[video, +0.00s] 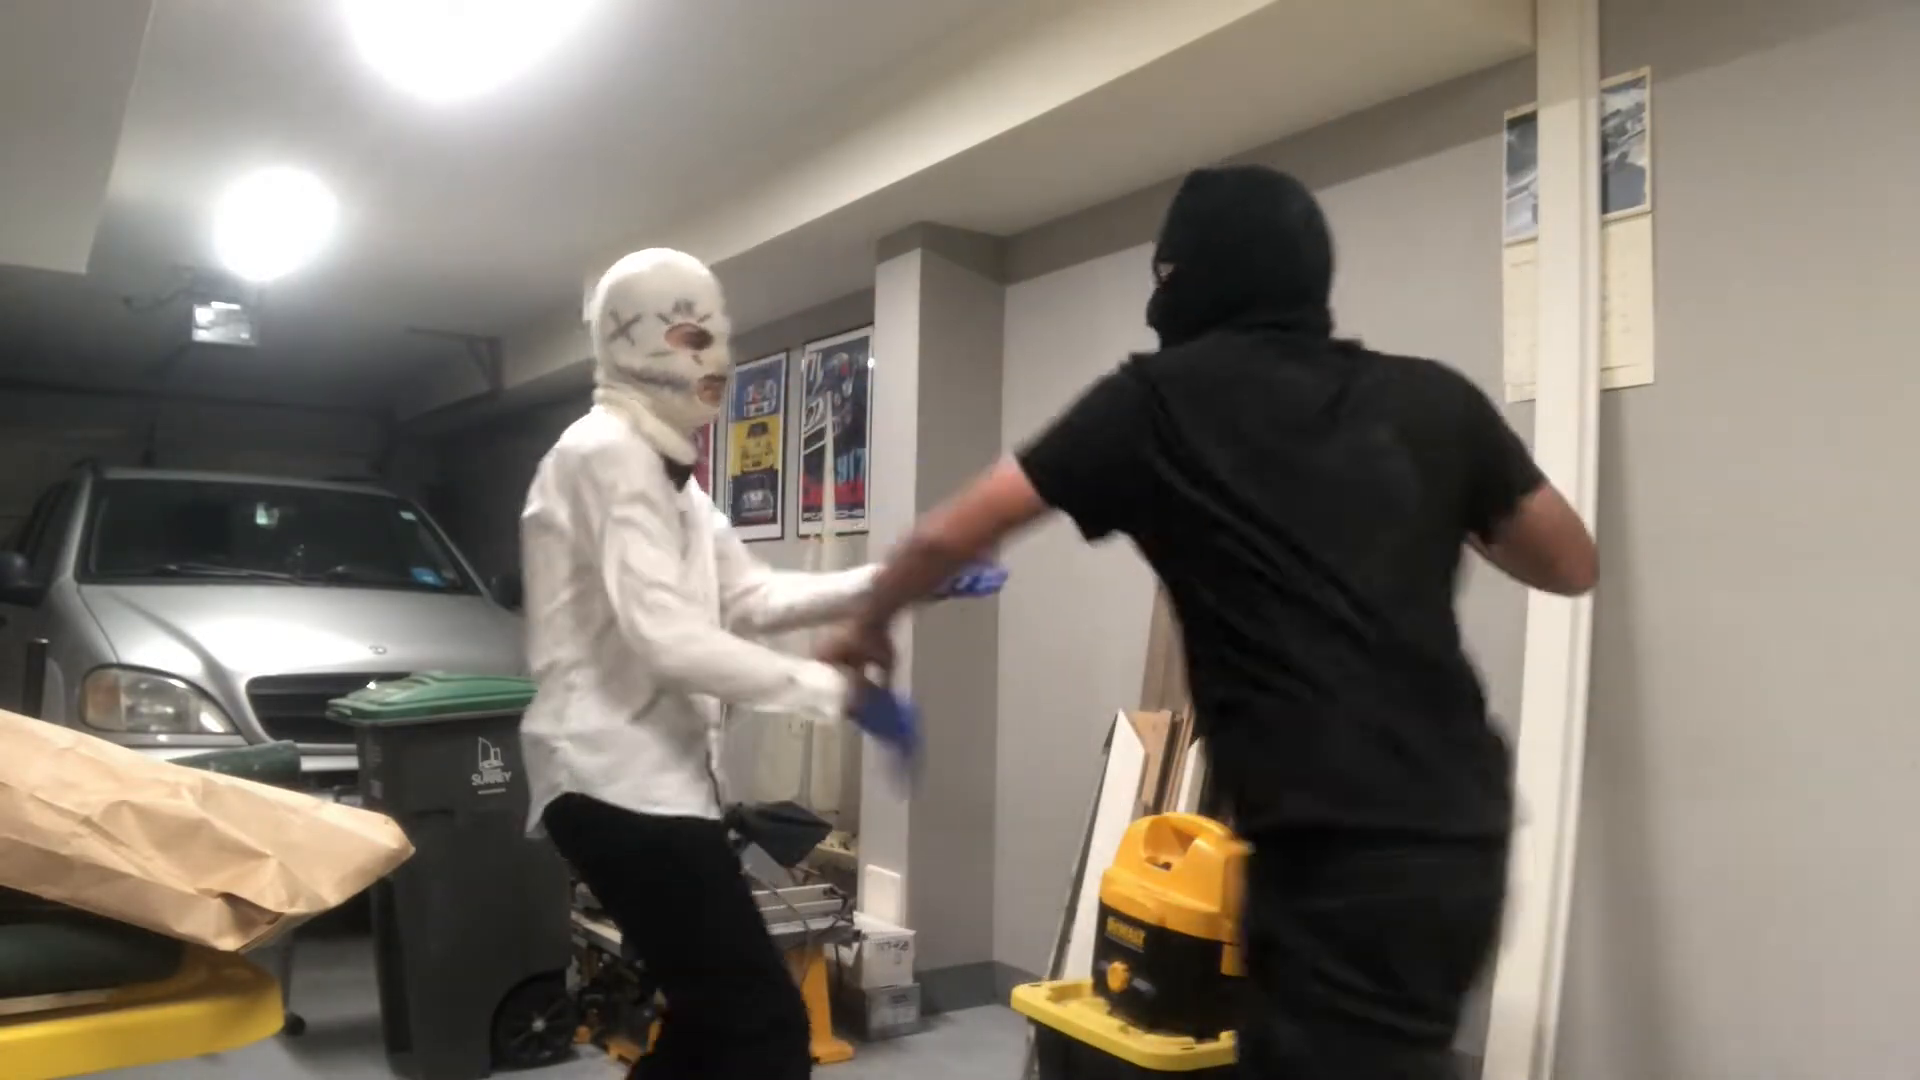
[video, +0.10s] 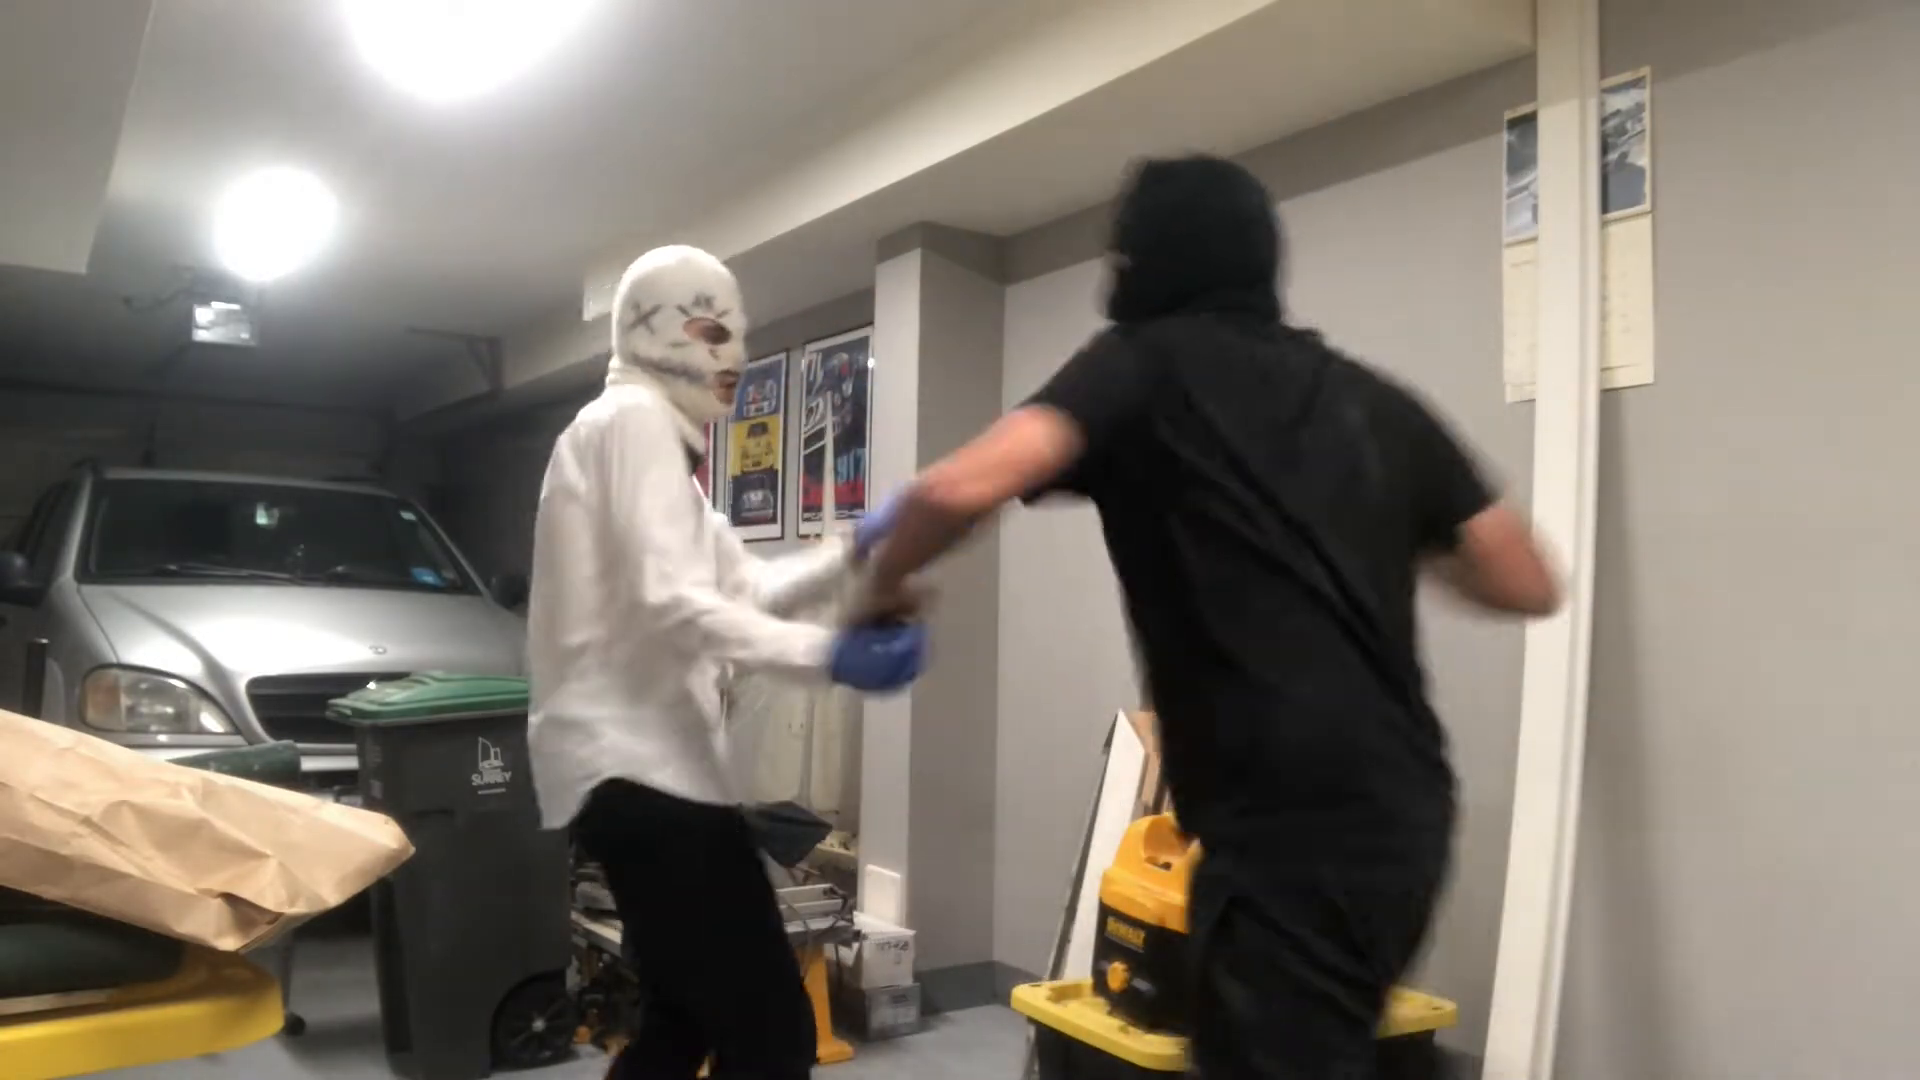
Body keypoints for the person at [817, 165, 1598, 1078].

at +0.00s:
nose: (1157, 288)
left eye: (1164, 268)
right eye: (1163, 267)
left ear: (1186, 276)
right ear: (1313, 275)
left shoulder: (1154, 399)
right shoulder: (1428, 399)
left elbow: (948, 537)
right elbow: (1573, 565)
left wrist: (871, 615)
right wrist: (1460, 492)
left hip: (1317, 839)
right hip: (1459, 830)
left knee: (1330, 1058)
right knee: (1393, 1051)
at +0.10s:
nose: (1115, 277)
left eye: (1124, 256)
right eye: (1122, 256)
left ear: (1146, 263)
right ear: (1262, 262)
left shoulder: (1141, 364)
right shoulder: (1369, 398)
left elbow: (952, 492)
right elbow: (1526, 582)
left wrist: (888, 577)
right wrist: (1395, 535)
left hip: (1274, 833)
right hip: (1400, 825)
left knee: (1268, 1055)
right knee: (1306, 1047)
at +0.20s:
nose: (1051, 262)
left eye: (1063, 235)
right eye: (1055, 236)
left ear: (1107, 241)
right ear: (1188, 235)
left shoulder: (1180, 335)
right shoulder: (1257, 355)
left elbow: (1242, 486)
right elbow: (1392, 585)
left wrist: (1059, 602)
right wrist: (1217, 584)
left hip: (1266, 829)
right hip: (1317, 823)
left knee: (1171, 1054)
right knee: (1182, 1052)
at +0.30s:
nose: (996, 283)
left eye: (1014, 251)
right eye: (1001, 253)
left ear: (1082, 261)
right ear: (1094, 266)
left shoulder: (1258, 375)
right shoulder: (1112, 405)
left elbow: (1462, 553)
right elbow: (1121, 574)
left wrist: (1221, 700)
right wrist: (931, 528)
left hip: (1265, 850)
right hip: (1162, 837)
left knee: (1049, 1062)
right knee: (1112, 1060)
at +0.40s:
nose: (957, 305)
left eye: (974, 271)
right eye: (956, 274)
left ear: (1046, 267)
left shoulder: (1246, 396)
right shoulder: (1036, 421)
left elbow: (1379, 647)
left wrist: (1147, 736)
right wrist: (842, 500)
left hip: (1271, 834)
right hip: (1146, 829)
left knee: (1071, 1057)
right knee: (1121, 1057)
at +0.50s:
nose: (927, 302)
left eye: (937, 266)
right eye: (921, 271)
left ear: (1008, 248)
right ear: (1006, 255)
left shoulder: (1216, 349)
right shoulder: (1010, 396)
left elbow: (1274, 628)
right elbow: (901, 560)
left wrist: (1029, 677)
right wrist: (951, 539)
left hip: (1265, 803)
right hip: (1152, 810)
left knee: (1094, 1061)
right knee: (1157, 1059)